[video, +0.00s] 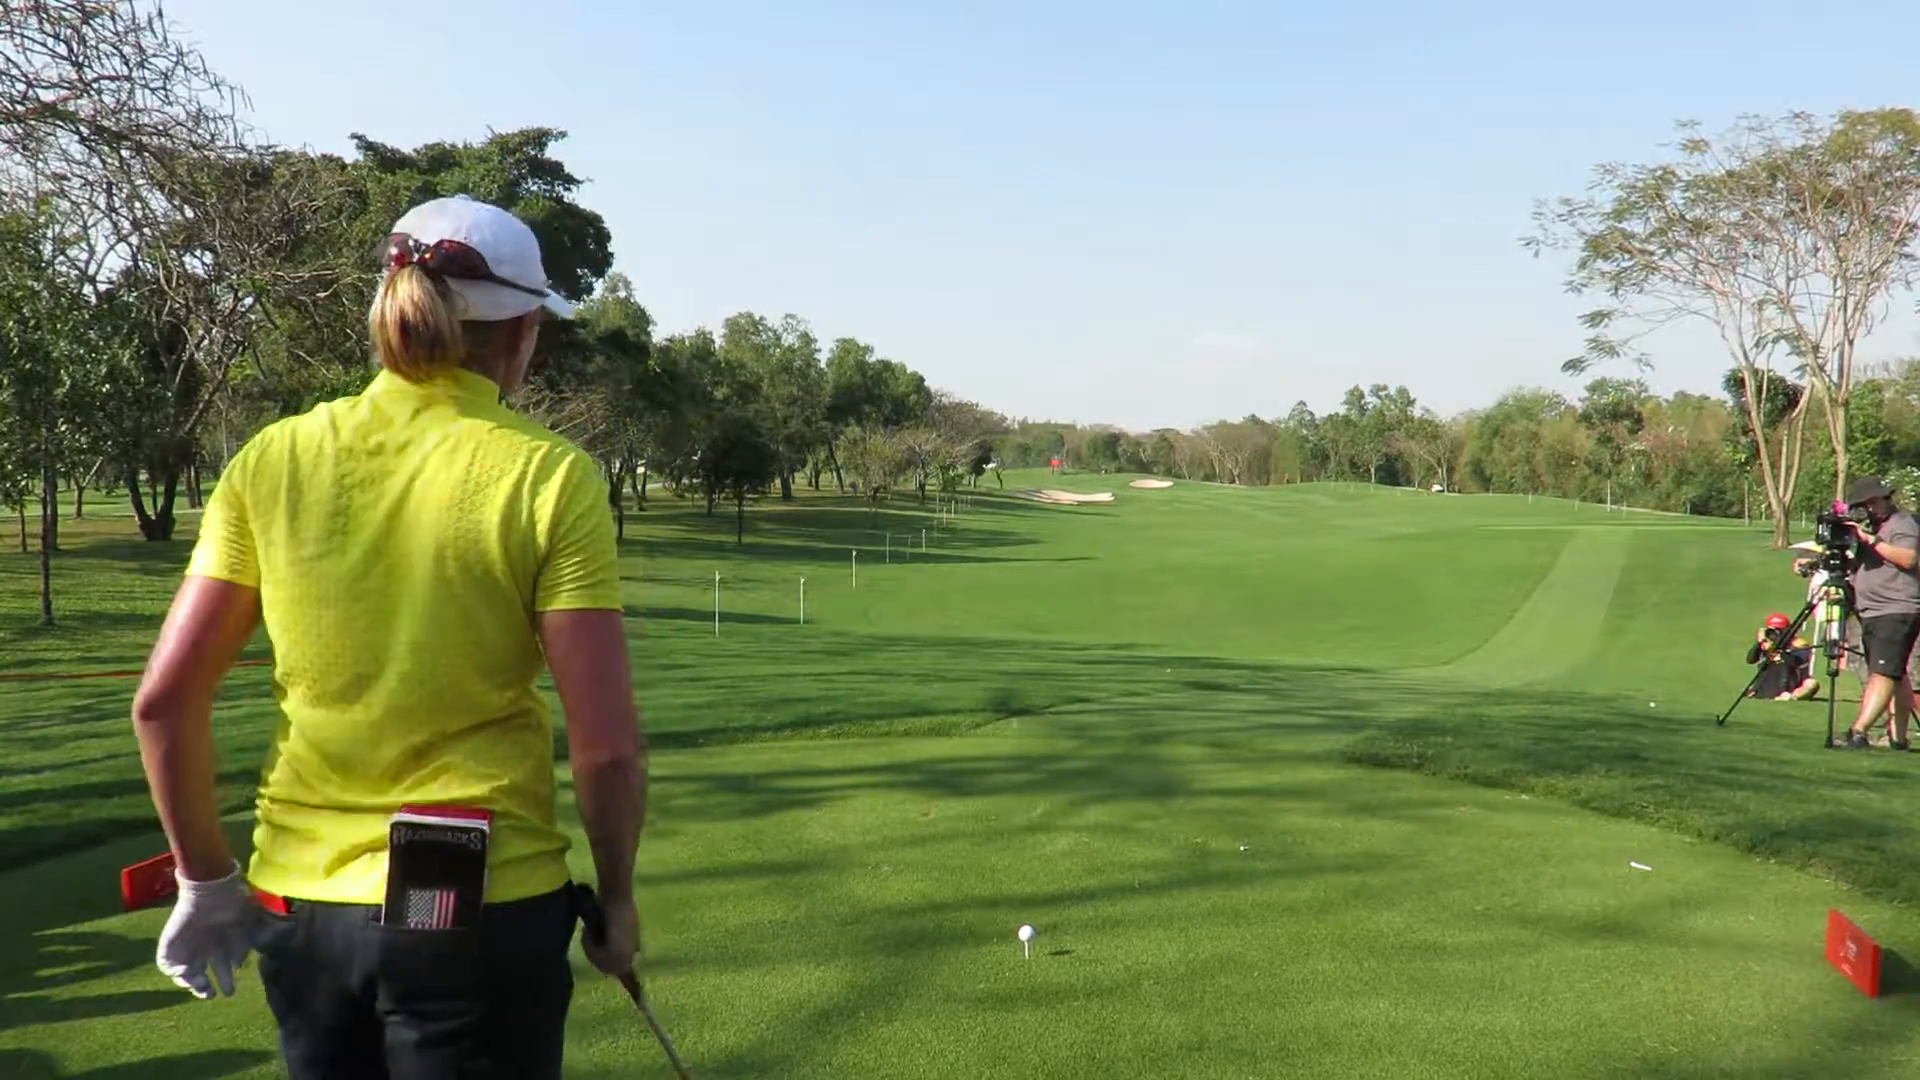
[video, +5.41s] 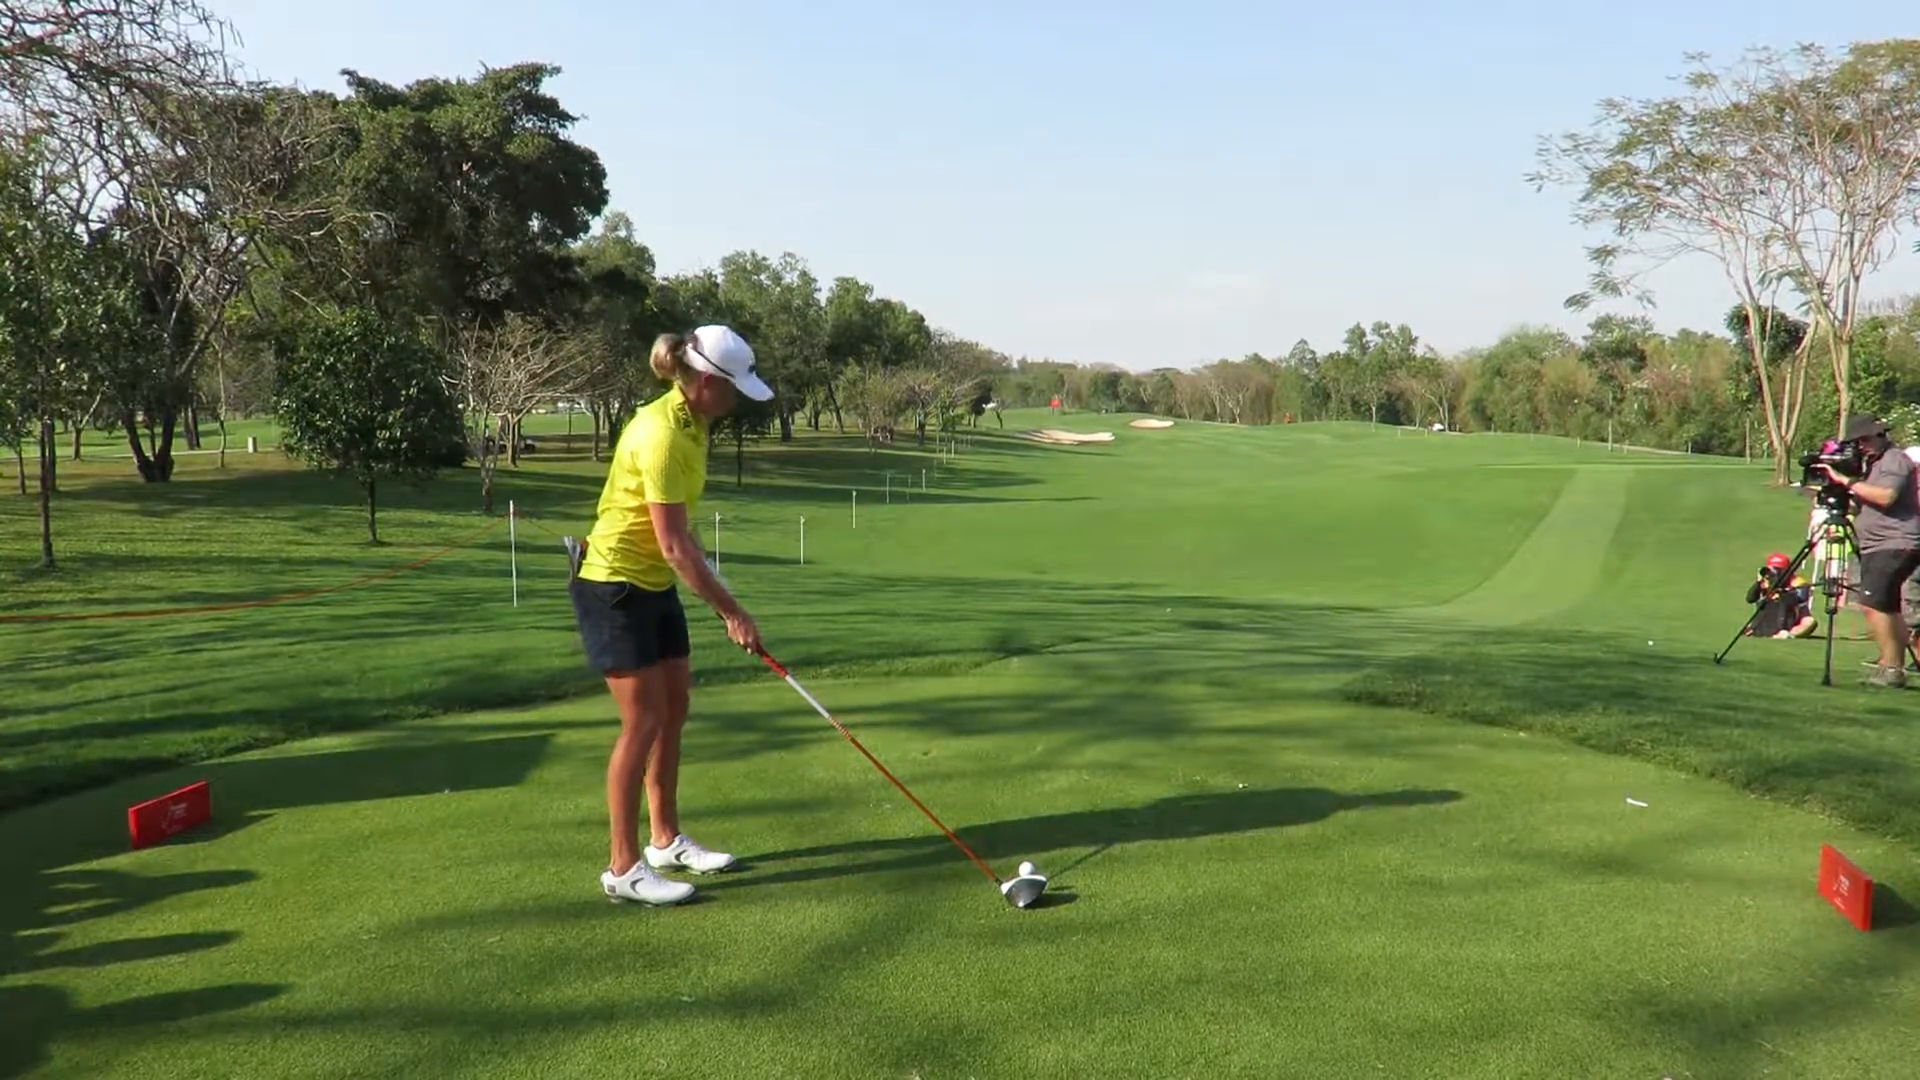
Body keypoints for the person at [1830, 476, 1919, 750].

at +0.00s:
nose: (1869, 510)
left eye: (1872, 503)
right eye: (1865, 506)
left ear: (1885, 500)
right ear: (1863, 508)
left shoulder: (1902, 524)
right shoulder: (1871, 530)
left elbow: (1909, 559)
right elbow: (1862, 569)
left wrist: (1870, 540)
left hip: (1898, 610)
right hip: (1873, 611)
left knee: (1883, 671)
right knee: (1894, 676)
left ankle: (1858, 730)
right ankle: (1899, 738)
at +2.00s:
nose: (1871, 505)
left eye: (1876, 499)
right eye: (1866, 501)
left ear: (1888, 496)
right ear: (1863, 503)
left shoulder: (1902, 521)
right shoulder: (1873, 525)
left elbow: (1907, 556)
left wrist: (1870, 538)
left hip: (1897, 607)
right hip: (1874, 607)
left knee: (1883, 668)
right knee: (1894, 672)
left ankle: (1858, 728)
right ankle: (1898, 732)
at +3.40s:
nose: (1866, 466)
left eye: (1869, 459)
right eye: (1863, 462)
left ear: (1884, 456)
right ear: (1864, 463)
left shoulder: (1899, 480)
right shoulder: (1877, 484)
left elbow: (1899, 515)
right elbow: (1866, 520)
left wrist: (1861, 497)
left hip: (1895, 566)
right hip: (1875, 567)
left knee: (1880, 628)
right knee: (1894, 631)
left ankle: (1855, 688)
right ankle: (1896, 691)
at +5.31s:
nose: (1862, 448)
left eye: (1865, 441)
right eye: (1858, 444)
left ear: (1880, 437)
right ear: (1859, 445)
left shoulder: (1894, 461)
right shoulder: (1876, 465)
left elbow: (1887, 497)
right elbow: (1865, 497)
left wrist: (1848, 483)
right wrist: (1841, 481)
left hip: (1896, 544)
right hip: (1878, 545)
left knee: (1867, 599)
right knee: (1893, 611)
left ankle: (1874, 666)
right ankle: (1896, 673)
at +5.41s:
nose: (1862, 449)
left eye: (1865, 441)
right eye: (1858, 444)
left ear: (1879, 437)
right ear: (1860, 444)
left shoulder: (1895, 460)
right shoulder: (1878, 464)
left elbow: (1886, 496)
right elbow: (1863, 503)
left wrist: (1847, 483)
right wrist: (1841, 485)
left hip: (1896, 545)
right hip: (1881, 545)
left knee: (1874, 604)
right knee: (1889, 609)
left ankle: (1890, 666)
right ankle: (1894, 665)